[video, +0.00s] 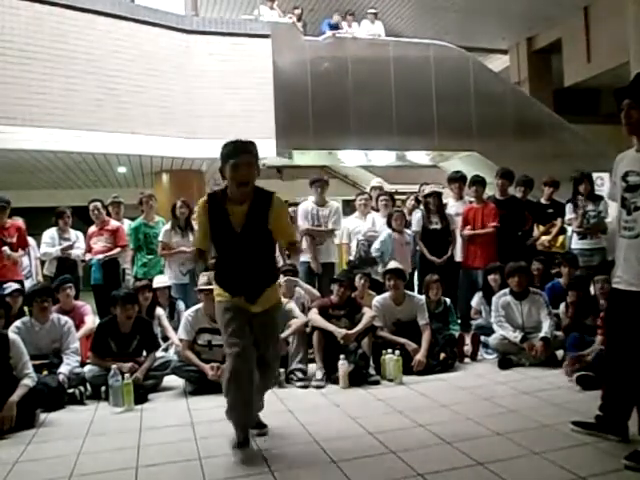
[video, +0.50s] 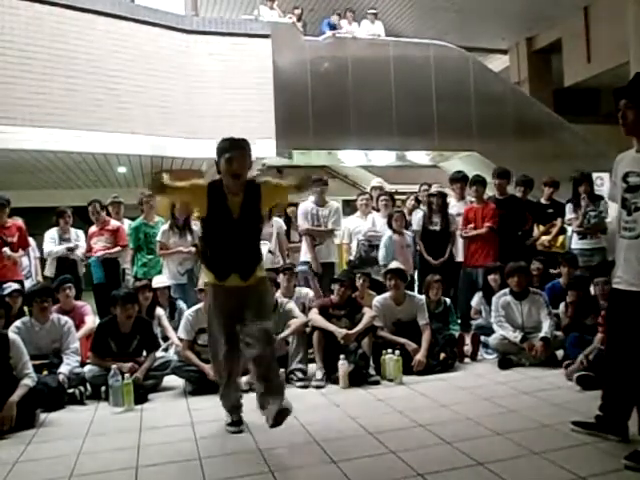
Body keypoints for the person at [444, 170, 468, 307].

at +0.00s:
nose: (457, 188)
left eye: (460, 184)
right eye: (454, 184)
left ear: (464, 186)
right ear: (449, 186)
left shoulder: (471, 204)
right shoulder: (444, 205)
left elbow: (474, 224)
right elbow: (441, 228)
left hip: (466, 255)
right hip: (449, 255)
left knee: (465, 292)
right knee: (449, 290)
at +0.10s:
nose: (457, 187)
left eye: (460, 184)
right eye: (453, 184)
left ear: (465, 186)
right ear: (449, 186)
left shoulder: (471, 204)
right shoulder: (445, 206)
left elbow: (474, 224)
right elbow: (441, 228)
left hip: (466, 255)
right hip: (448, 255)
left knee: (464, 292)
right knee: (448, 290)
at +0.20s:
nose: (458, 187)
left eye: (461, 184)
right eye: (454, 184)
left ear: (465, 185)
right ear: (450, 186)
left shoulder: (471, 204)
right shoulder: (445, 205)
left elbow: (475, 224)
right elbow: (441, 228)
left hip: (466, 255)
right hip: (449, 255)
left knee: (463, 292)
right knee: (447, 291)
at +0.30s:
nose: (458, 187)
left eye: (461, 184)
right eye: (455, 184)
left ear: (465, 185)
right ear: (450, 186)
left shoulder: (471, 204)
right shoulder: (445, 204)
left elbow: (475, 223)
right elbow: (441, 226)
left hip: (466, 255)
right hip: (449, 254)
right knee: (447, 291)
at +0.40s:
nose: (459, 187)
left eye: (462, 184)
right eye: (455, 184)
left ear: (466, 185)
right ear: (451, 186)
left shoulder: (471, 204)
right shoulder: (446, 204)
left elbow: (475, 223)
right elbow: (442, 226)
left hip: (466, 255)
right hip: (449, 255)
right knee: (447, 291)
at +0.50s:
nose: (459, 187)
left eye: (462, 184)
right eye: (455, 184)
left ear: (466, 185)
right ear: (451, 186)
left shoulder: (471, 204)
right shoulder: (447, 205)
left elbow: (476, 223)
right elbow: (442, 227)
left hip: (467, 256)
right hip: (450, 255)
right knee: (448, 291)